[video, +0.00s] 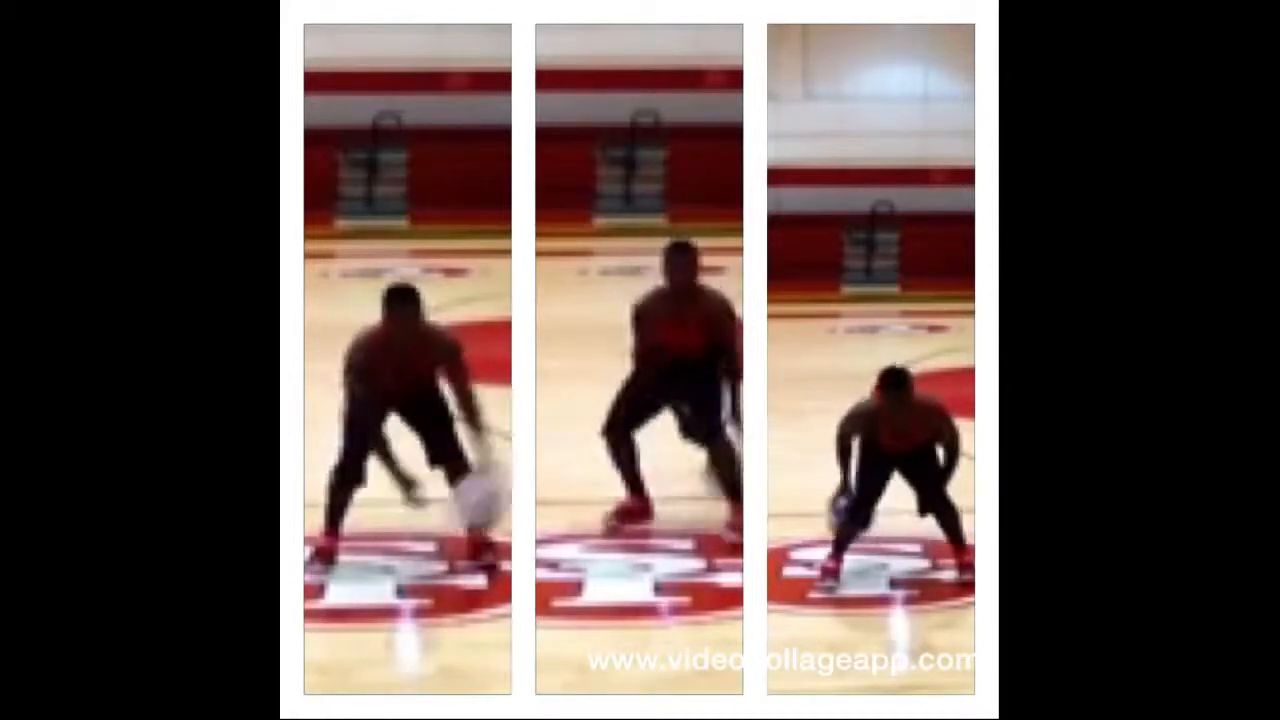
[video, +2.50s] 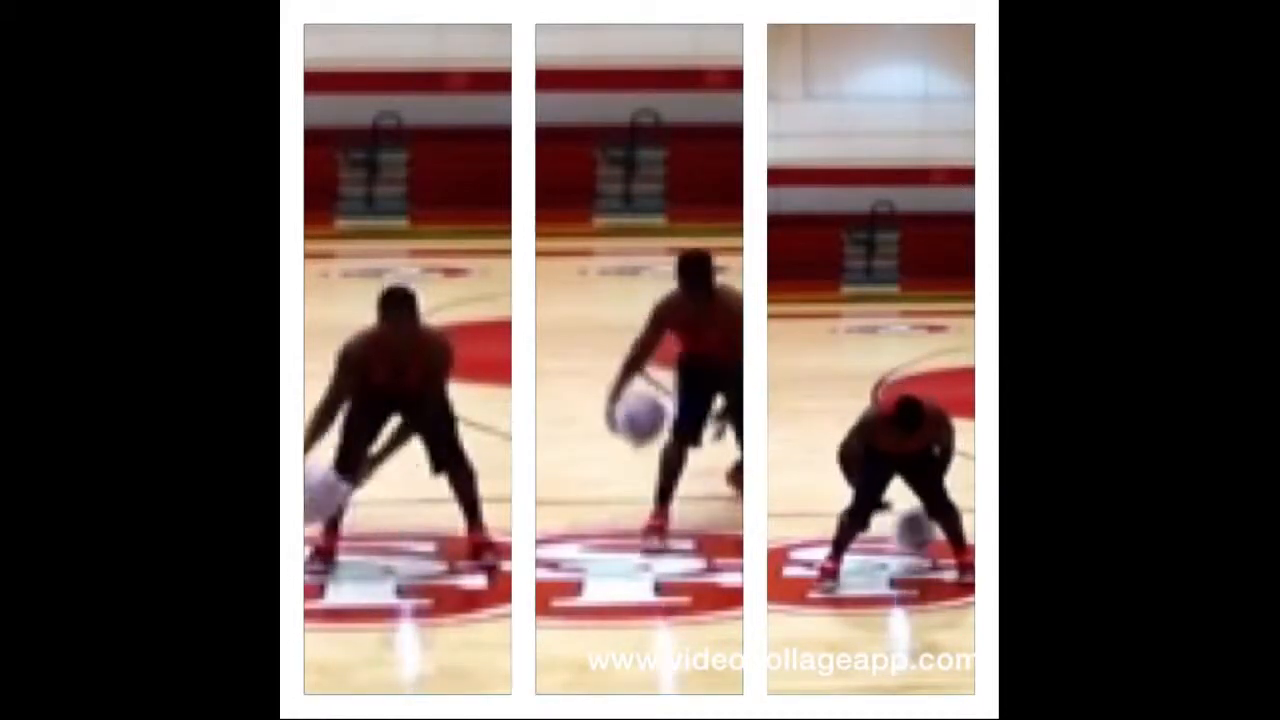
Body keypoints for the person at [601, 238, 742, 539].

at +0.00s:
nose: (680, 277)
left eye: (686, 269)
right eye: (674, 269)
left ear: (696, 270)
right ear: (665, 271)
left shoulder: (716, 308)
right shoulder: (648, 309)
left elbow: (733, 362)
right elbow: (643, 360)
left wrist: (736, 407)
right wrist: (639, 396)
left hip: (701, 381)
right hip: (656, 379)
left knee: (713, 438)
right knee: (616, 430)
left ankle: (739, 507)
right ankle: (638, 499)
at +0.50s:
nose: (681, 276)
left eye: (688, 269)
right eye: (676, 269)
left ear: (700, 269)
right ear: (669, 270)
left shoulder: (725, 305)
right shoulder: (662, 305)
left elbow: (741, 357)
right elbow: (652, 347)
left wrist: (722, 401)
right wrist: (640, 385)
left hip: (728, 371)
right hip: (687, 371)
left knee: (751, 436)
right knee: (669, 434)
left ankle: (746, 481)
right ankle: (653, 508)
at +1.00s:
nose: (710, 261)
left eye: (715, 253)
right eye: (703, 254)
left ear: (723, 253)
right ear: (691, 255)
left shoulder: (735, 285)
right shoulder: (671, 293)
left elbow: (752, 323)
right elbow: (653, 352)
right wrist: (666, 404)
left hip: (717, 354)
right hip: (673, 355)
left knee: (736, 418)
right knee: (646, 412)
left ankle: (754, 483)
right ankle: (643, 479)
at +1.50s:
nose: (681, 261)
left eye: (689, 254)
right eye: (676, 253)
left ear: (702, 255)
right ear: (669, 254)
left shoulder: (723, 289)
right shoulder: (654, 283)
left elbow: (748, 336)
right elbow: (617, 310)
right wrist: (589, 350)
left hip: (718, 352)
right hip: (673, 350)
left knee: (741, 427)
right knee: (653, 424)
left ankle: (752, 500)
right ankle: (648, 500)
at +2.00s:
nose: (702, 259)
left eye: (707, 251)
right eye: (695, 252)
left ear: (717, 250)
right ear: (686, 253)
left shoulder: (735, 277)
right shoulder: (673, 288)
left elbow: (755, 308)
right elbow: (634, 324)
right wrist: (626, 373)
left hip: (720, 351)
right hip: (678, 352)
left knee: (744, 421)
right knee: (651, 423)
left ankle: (734, 476)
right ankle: (650, 494)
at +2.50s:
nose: (695, 295)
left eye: (700, 287)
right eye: (688, 288)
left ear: (711, 281)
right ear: (680, 283)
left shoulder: (734, 305)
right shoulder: (672, 308)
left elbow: (749, 360)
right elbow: (642, 351)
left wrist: (732, 408)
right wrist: (614, 397)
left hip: (735, 369)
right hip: (696, 370)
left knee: (753, 440)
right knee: (681, 439)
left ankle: (739, 473)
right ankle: (660, 512)